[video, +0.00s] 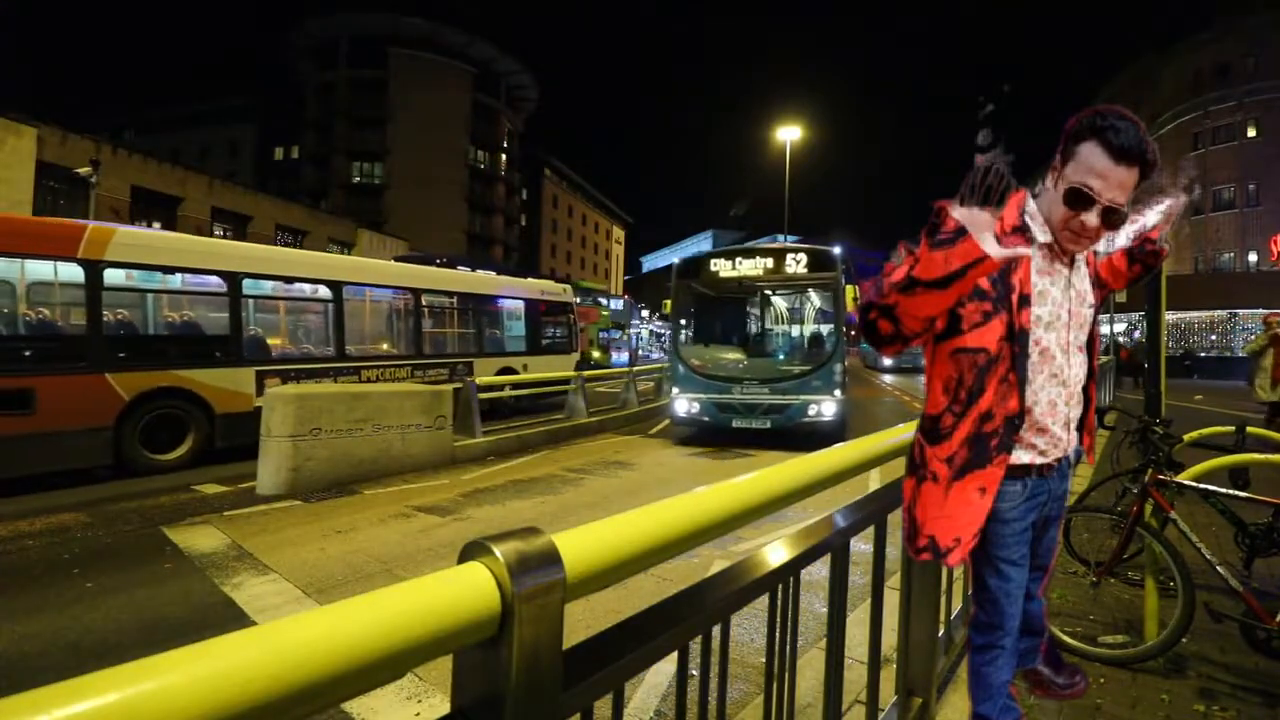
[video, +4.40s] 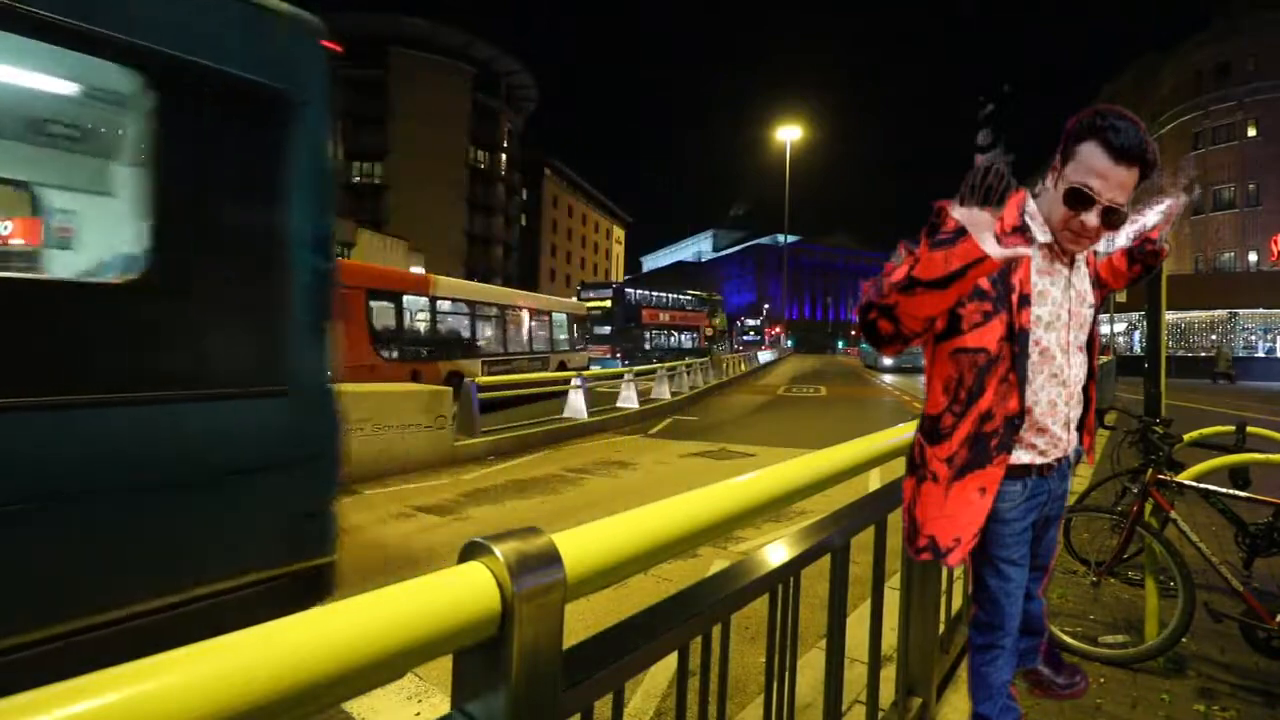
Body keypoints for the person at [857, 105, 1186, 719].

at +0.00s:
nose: (1089, 222)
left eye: (1110, 211)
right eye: (1079, 198)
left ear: (1123, 211)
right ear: (1052, 172)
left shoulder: (1085, 264)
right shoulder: (985, 242)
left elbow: (1114, 271)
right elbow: (883, 328)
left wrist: (1152, 241)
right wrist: (962, 246)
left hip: (1057, 467)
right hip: (1000, 475)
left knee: (1034, 582)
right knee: (1000, 611)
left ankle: (1027, 660)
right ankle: (993, 709)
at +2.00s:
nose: (1089, 222)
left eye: (1109, 212)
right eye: (1079, 198)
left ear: (1123, 211)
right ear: (1052, 172)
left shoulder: (1084, 265)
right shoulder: (985, 242)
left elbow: (1112, 272)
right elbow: (883, 327)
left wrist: (1152, 240)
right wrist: (962, 245)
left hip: (1058, 467)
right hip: (1000, 476)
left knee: (1034, 581)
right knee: (999, 612)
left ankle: (1027, 658)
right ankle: (993, 708)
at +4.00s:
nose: (1090, 223)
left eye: (1110, 212)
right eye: (1080, 198)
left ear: (1123, 211)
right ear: (1051, 172)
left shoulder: (1084, 264)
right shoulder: (984, 243)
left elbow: (1116, 270)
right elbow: (883, 327)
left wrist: (1150, 239)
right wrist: (962, 245)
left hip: (1058, 466)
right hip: (1000, 475)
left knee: (1035, 580)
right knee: (1000, 612)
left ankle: (1027, 658)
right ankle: (993, 709)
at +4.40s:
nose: (1089, 223)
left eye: (1110, 212)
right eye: (1080, 198)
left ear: (1123, 211)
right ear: (1051, 172)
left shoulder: (1085, 265)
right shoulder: (985, 243)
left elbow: (1119, 268)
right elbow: (883, 326)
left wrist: (1151, 238)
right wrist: (962, 245)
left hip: (1058, 467)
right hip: (1000, 475)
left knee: (1035, 580)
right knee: (1000, 613)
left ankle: (1028, 658)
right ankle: (993, 710)